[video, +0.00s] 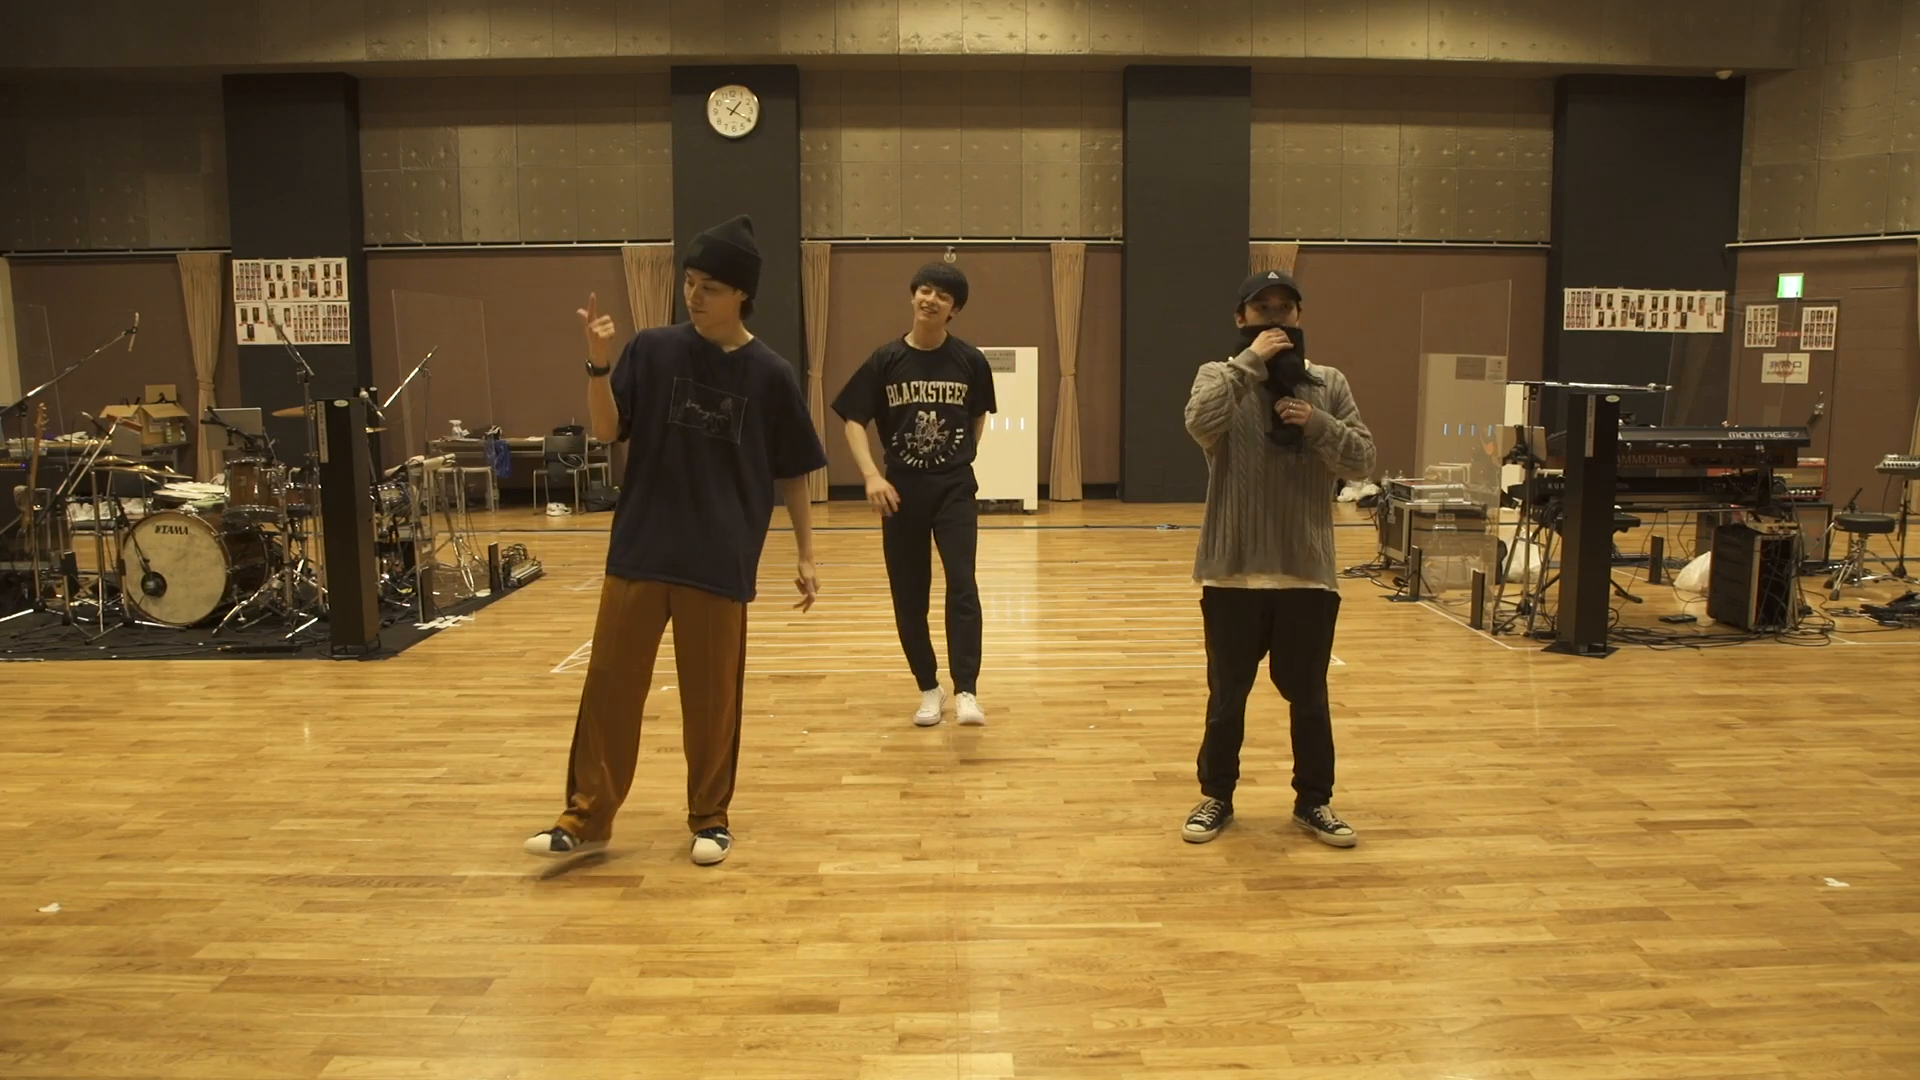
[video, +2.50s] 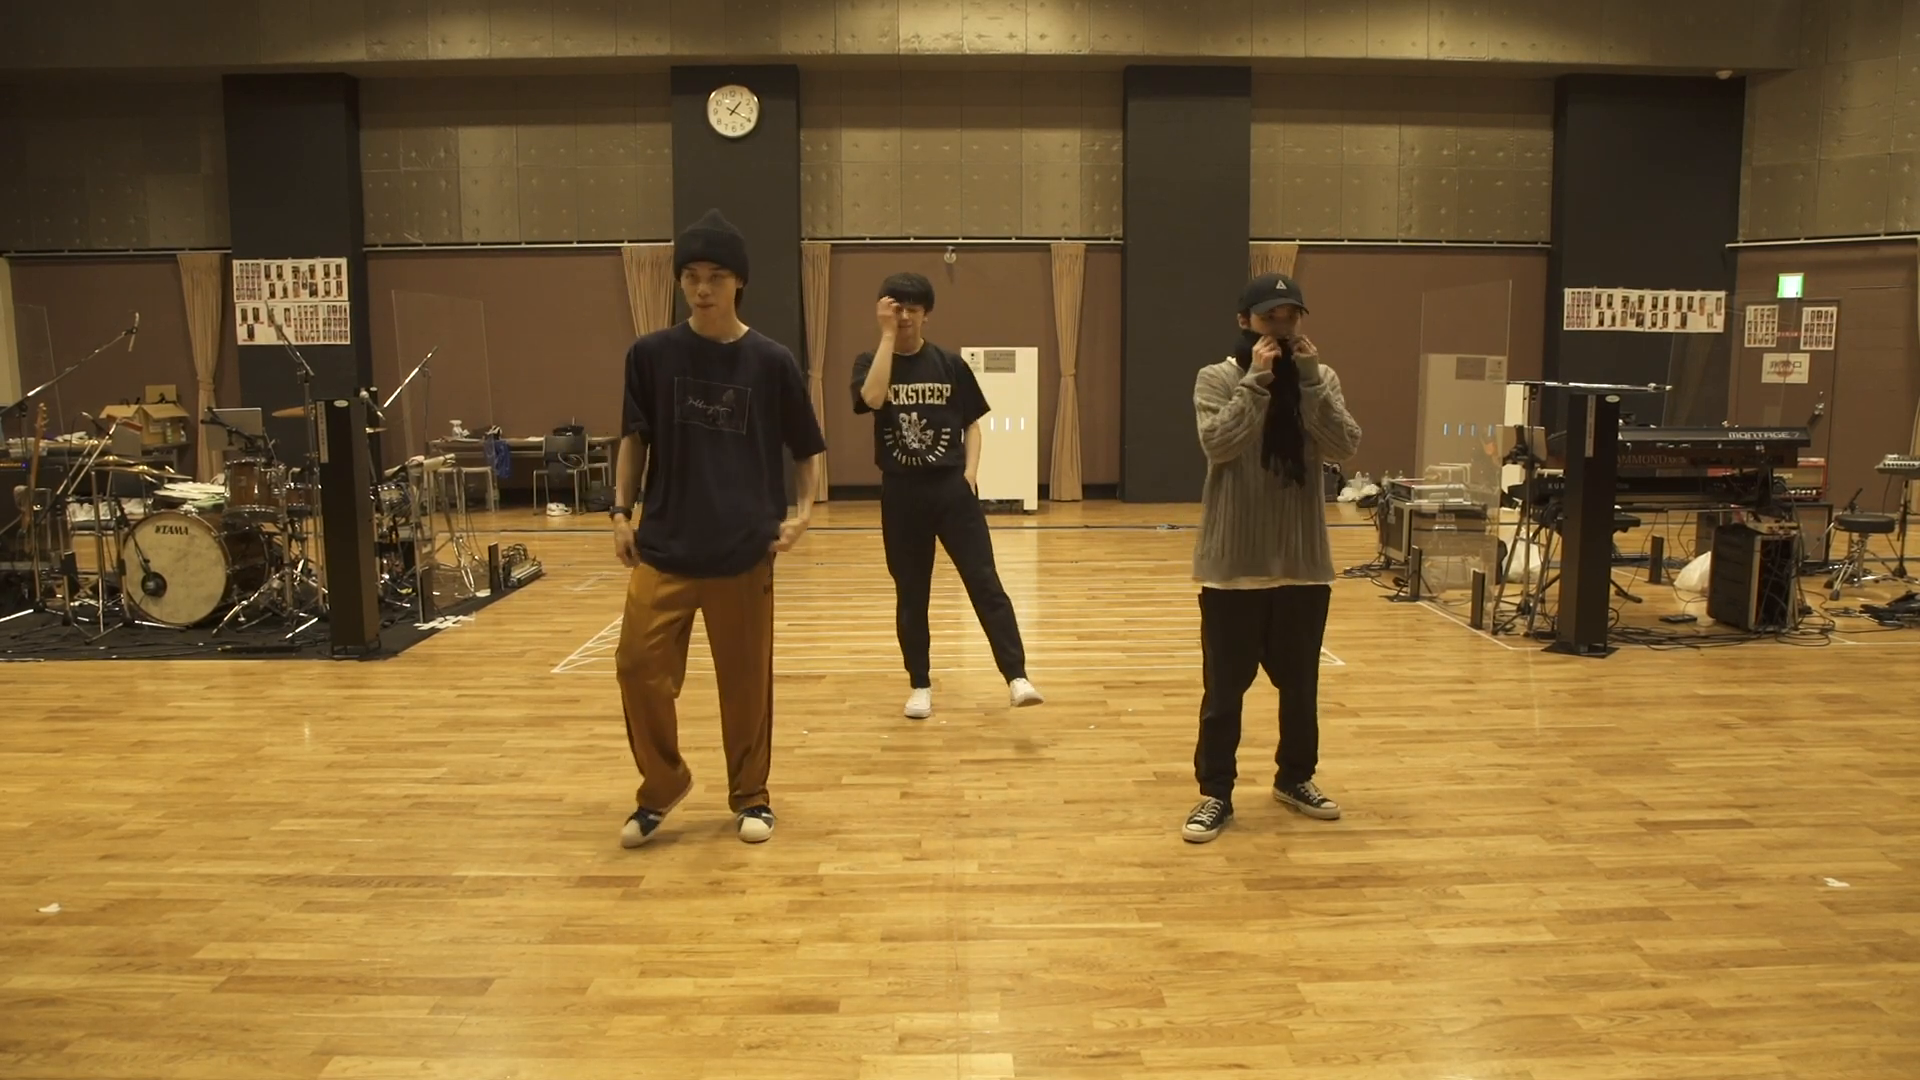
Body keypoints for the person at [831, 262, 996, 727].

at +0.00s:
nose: (930, 299)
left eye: (941, 295)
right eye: (925, 290)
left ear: (955, 307)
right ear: (912, 297)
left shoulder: (971, 362)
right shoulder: (885, 360)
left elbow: (977, 418)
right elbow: (853, 420)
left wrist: (960, 462)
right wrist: (871, 474)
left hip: (955, 490)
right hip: (902, 492)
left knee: (963, 587)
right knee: (908, 595)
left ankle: (966, 691)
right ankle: (929, 690)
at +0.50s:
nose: (978, 320)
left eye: (991, 321)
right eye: (978, 308)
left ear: (1001, 332)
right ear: (965, 302)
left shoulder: (1006, 380)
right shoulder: (914, 361)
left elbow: (1031, 437)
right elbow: (872, 411)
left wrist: (1014, 482)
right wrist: (851, 465)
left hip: (972, 509)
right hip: (917, 504)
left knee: (974, 613)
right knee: (907, 606)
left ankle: (969, 718)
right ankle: (914, 687)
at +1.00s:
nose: (999, 356)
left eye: (1009, 351)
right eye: (996, 346)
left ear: (1017, 346)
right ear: (978, 327)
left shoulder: (1018, 387)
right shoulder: (929, 364)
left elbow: (1021, 453)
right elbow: (890, 417)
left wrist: (993, 507)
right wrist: (898, 480)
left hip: (975, 513)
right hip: (922, 503)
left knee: (974, 621)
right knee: (894, 606)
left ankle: (970, 721)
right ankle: (881, 703)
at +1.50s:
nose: (930, 350)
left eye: (939, 343)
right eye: (925, 340)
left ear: (952, 340)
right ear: (911, 331)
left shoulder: (969, 380)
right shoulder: (885, 379)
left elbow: (978, 445)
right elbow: (875, 447)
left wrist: (965, 503)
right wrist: (883, 503)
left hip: (951, 507)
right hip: (899, 508)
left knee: (961, 606)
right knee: (906, 603)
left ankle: (971, 705)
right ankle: (926, 688)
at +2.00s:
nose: (873, 312)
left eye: (880, 303)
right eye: (864, 307)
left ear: (898, 309)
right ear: (856, 318)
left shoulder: (929, 355)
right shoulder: (865, 378)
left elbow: (971, 412)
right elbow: (861, 433)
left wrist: (961, 474)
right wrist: (844, 453)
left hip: (939, 489)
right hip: (894, 496)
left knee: (965, 578)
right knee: (904, 586)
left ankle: (1000, 656)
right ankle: (918, 683)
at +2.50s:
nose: (901, 320)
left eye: (909, 312)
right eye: (894, 312)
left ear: (924, 315)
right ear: (881, 316)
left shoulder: (949, 363)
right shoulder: (869, 364)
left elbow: (973, 424)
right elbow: (873, 398)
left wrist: (969, 476)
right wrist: (888, 334)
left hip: (952, 490)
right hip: (901, 496)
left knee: (985, 583)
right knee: (910, 593)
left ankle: (1016, 676)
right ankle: (919, 685)